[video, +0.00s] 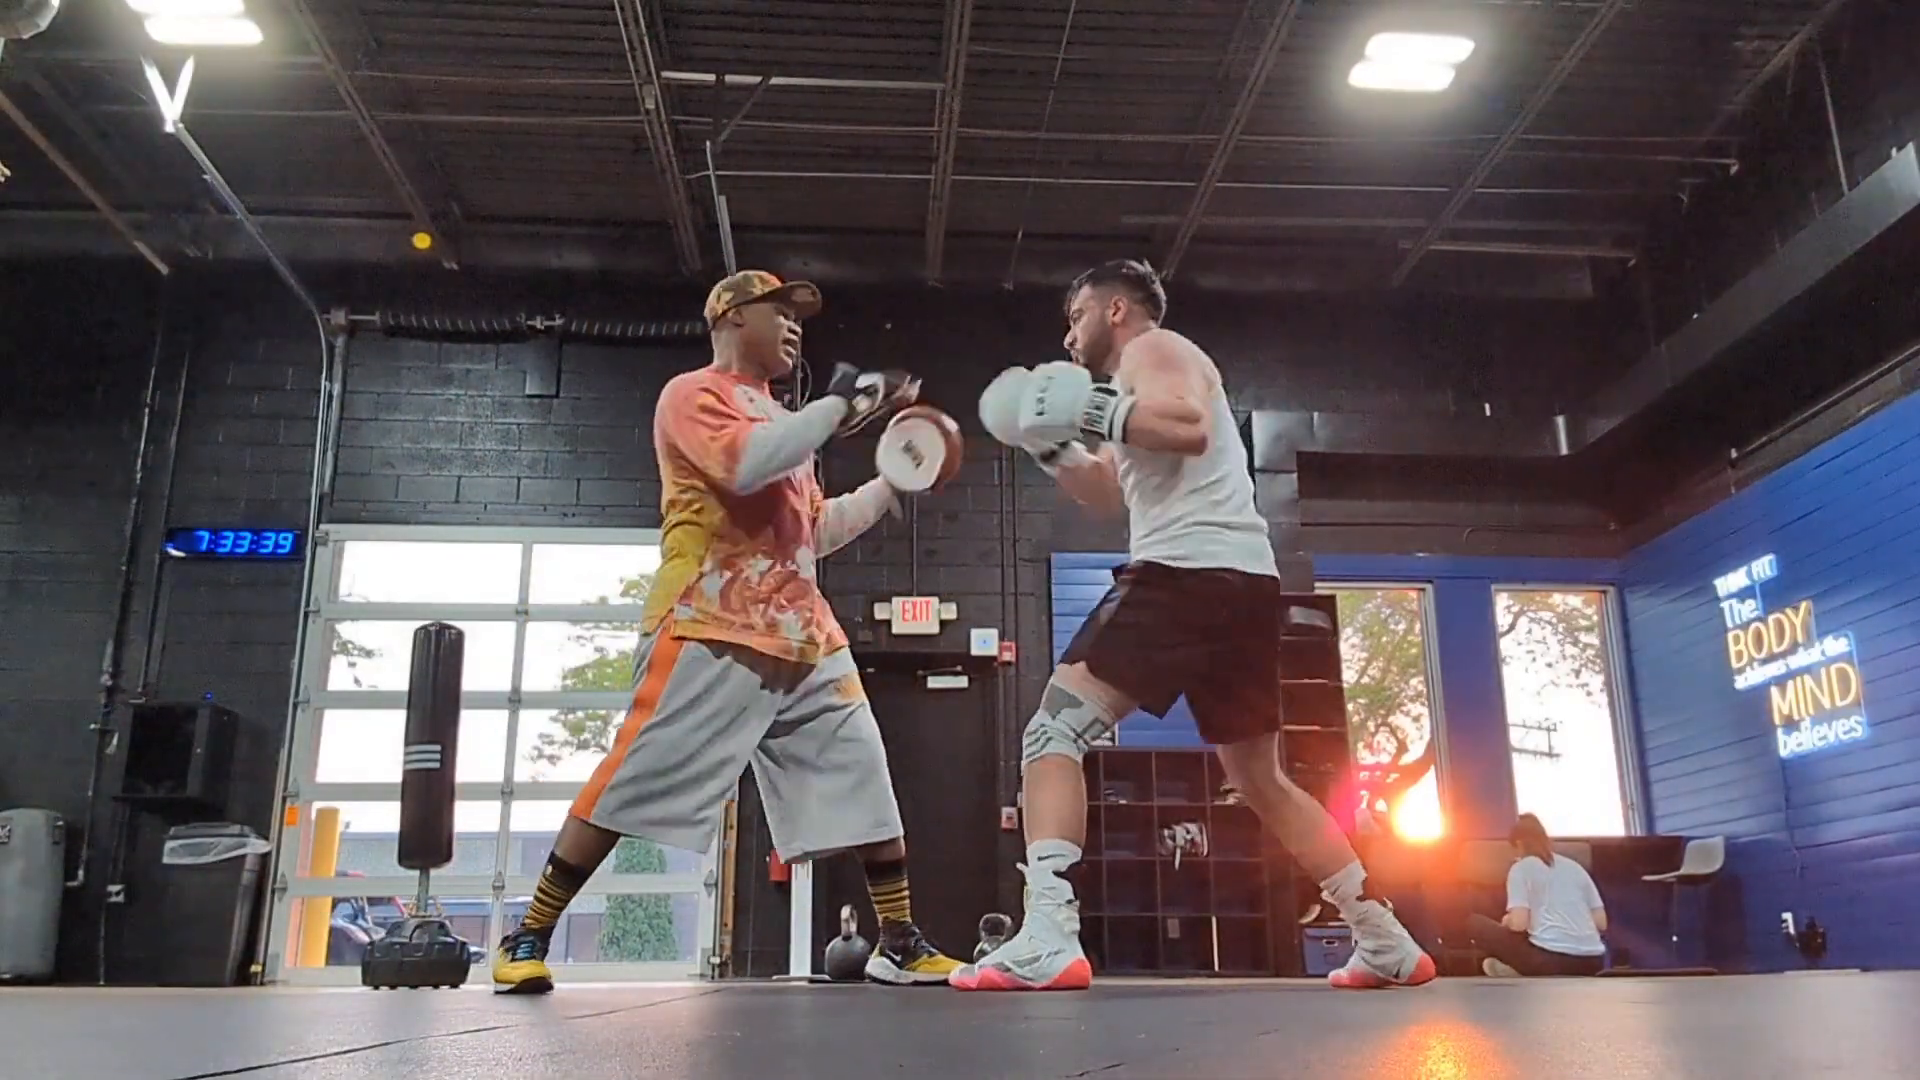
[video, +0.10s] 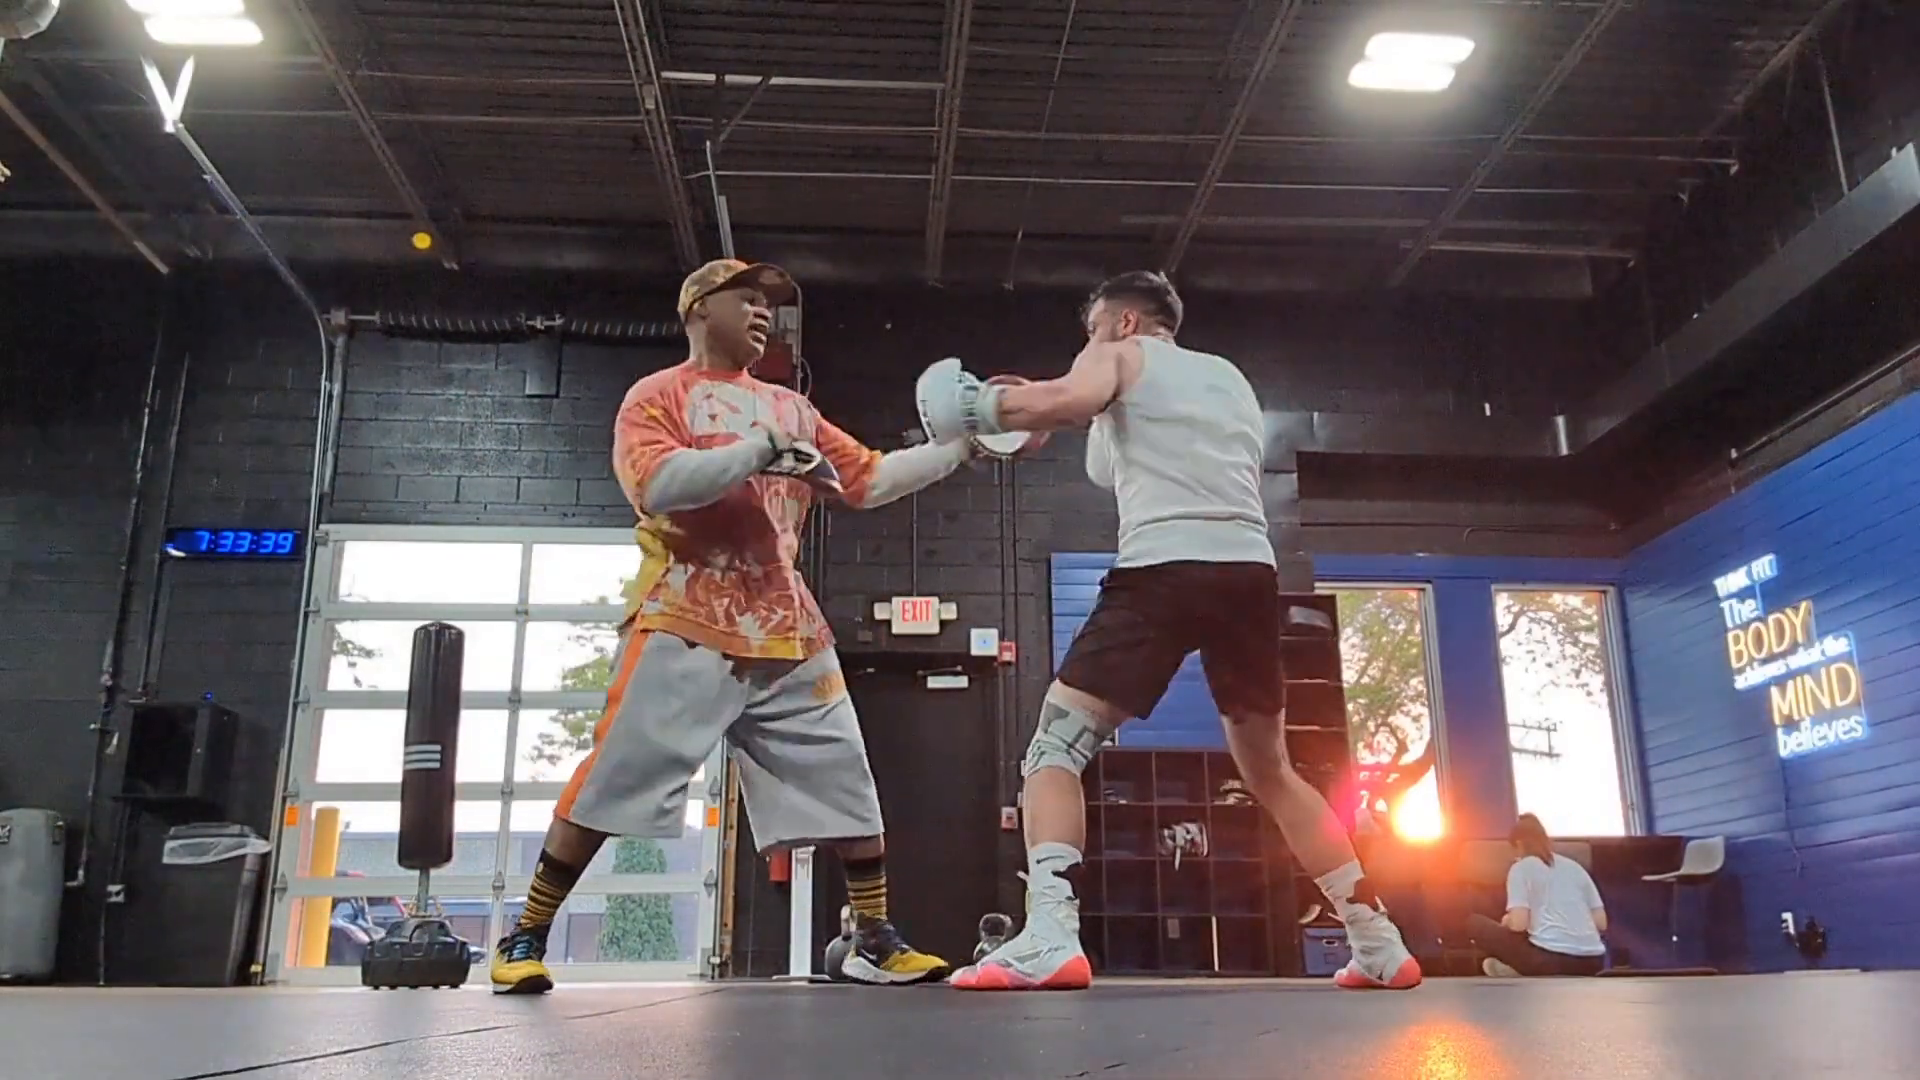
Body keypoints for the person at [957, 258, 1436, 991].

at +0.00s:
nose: (1069, 334)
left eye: (1076, 316)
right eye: (1068, 322)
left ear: (1117, 306)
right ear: (1122, 313)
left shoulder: (1151, 348)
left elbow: (1189, 425)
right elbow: (1107, 497)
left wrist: (1090, 407)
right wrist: (1047, 443)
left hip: (1181, 574)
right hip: (1249, 581)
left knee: (1055, 734)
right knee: (1260, 781)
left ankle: (1047, 935)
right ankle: (1384, 940)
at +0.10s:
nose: (1090, 341)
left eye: (1093, 328)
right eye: (1090, 331)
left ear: (1127, 319)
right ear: (1165, 323)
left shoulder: (1121, 351)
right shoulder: (1231, 379)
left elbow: (1065, 403)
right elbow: (1145, 431)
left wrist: (973, 403)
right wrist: (1045, 399)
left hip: (1159, 570)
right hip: (1251, 574)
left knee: (1056, 750)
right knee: (1271, 772)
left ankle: (1050, 932)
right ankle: (1377, 942)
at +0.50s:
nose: (1057, 330)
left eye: (1066, 312)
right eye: (1057, 316)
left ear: (1109, 305)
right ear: (1102, 313)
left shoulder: (1162, 354)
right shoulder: (1113, 396)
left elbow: (1190, 452)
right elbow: (1046, 468)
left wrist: (1097, 475)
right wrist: (1004, 417)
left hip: (1186, 582)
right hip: (1222, 590)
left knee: (1067, 731)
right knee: (1240, 785)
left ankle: (1047, 933)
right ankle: (1388, 926)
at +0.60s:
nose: (1072, 362)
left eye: (1077, 344)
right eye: (1072, 349)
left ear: (1114, 332)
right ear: (1140, 339)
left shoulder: (1120, 371)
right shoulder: (1192, 399)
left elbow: (1122, 471)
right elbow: (1198, 508)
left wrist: (1092, 520)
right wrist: (1123, 512)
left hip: (1192, 585)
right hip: (1261, 594)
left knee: (1067, 740)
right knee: (1259, 781)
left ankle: (1045, 934)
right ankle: (1386, 936)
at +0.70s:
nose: (1098, 395)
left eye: (1100, 385)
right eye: (1099, 386)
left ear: (1119, 374)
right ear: (1170, 376)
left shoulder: (1105, 406)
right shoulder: (1231, 421)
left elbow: (1058, 494)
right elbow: (1243, 510)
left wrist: (1109, 566)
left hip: (1196, 577)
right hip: (1281, 581)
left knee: (1076, 740)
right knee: (1277, 774)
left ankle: (1047, 932)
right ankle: (1384, 937)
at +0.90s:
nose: (1082, 388)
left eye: (1086, 373)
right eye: (1083, 377)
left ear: (1114, 359)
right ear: (1158, 370)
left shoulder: (1111, 377)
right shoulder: (1211, 433)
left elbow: (1101, 442)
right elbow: (1275, 530)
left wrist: (1065, 503)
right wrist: (1181, 531)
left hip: (1185, 573)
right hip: (1258, 587)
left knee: (1065, 734)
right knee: (1236, 784)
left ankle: (1047, 931)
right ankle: (1375, 928)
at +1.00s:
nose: (1054, 374)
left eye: (1062, 356)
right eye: (1055, 361)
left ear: (1101, 346)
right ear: (1102, 352)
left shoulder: (1143, 360)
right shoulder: (1128, 431)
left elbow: (1135, 438)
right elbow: (1167, 547)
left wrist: (1063, 438)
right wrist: (1084, 585)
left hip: (1190, 575)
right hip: (1234, 591)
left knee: (1055, 722)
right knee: (1226, 793)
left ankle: (1044, 931)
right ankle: (1378, 925)